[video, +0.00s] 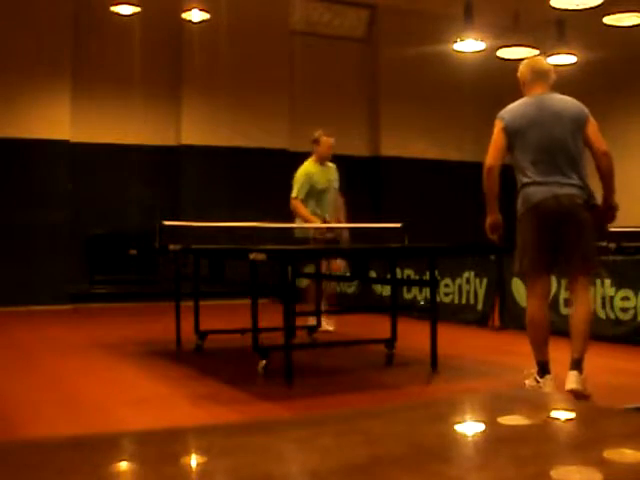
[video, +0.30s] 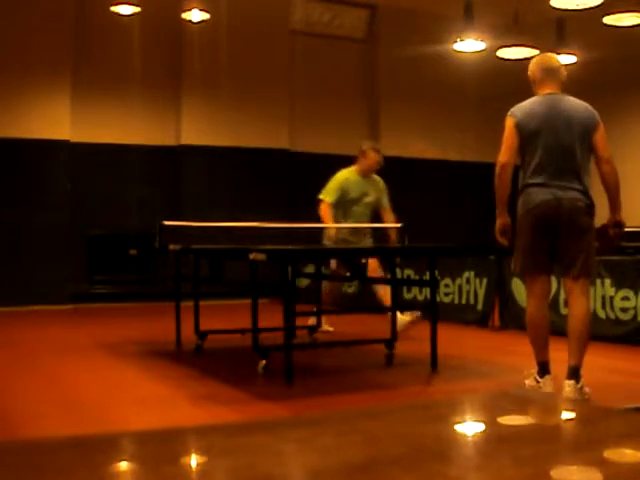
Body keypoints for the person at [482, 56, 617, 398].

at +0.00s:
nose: (519, 85)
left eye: (519, 80)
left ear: (523, 82)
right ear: (551, 79)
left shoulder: (508, 115)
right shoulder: (576, 109)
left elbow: (491, 165)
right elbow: (602, 153)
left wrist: (492, 211)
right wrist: (610, 199)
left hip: (533, 206)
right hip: (575, 205)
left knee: (537, 289)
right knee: (581, 285)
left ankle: (542, 373)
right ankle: (576, 372)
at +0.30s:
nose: (531, 83)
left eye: (530, 78)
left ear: (533, 80)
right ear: (562, 79)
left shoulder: (518, 113)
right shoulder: (587, 113)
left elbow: (505, 165)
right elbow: (606, 162)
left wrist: (502, 213)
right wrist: (615, 212)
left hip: (533, 205)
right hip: (576, 205)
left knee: (537, 290)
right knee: (578, 288)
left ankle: (542, 373)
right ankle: (573, 378)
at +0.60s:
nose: (541, 87)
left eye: (539, 81)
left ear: (542, 82)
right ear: (571, 79)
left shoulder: (529, 111)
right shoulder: (597, 114)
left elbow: (513, 159)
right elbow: (617, 167)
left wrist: (505, 209)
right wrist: (627, 215)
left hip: (539, 208)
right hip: (583, 209)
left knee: (538, 293)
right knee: (582, 292)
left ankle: (543, 374)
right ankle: (575, 380)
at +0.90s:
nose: (543, 86)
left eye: (542, 81)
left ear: (544, 81)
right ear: (575, 79)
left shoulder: (532, 108)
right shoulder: (599, 113)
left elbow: (514, 156)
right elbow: (619, 170)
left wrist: (506, 206)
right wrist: (625, 218)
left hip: (541, 210)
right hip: (584, 211)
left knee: (535, 293)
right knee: (583, 293)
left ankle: (538, 372)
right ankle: (574, 380)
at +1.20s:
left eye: (526, 78)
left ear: (528, 79)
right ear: (559, 76)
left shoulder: (518, 109)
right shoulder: (588, 111)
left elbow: (499, 160)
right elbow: (609, 165)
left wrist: (493, 207)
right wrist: (617, 213)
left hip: (529, 215)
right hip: (573, 215)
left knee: (507, 288)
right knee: (578, 295)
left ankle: (490, 368)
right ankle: (573, 381)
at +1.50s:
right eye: (525, 70)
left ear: (495, 79)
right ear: (526, 75)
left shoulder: (482, 111)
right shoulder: (554, 110)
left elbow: (464, 164)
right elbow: (575, 163)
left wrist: (468, 205)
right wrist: (593, 211)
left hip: (495, 216)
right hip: (541, 215)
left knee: (486, 292)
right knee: (559, 294)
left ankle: (476, 377)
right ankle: (570, 379)